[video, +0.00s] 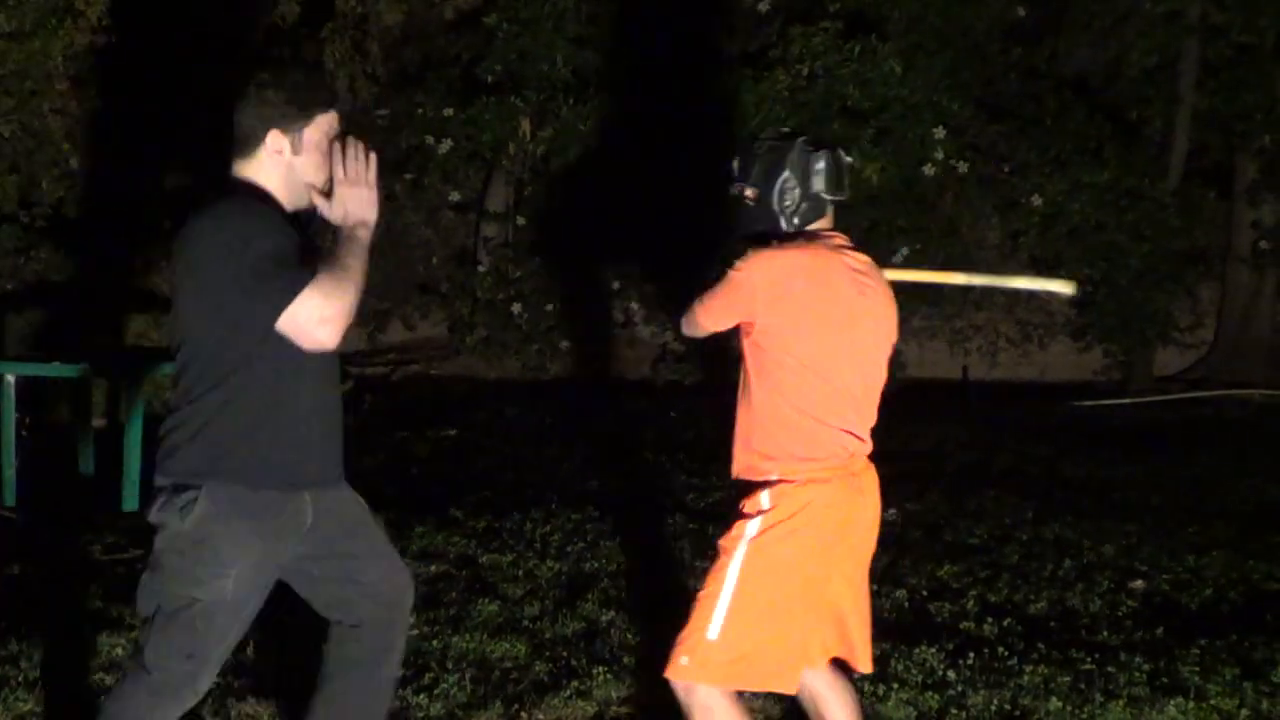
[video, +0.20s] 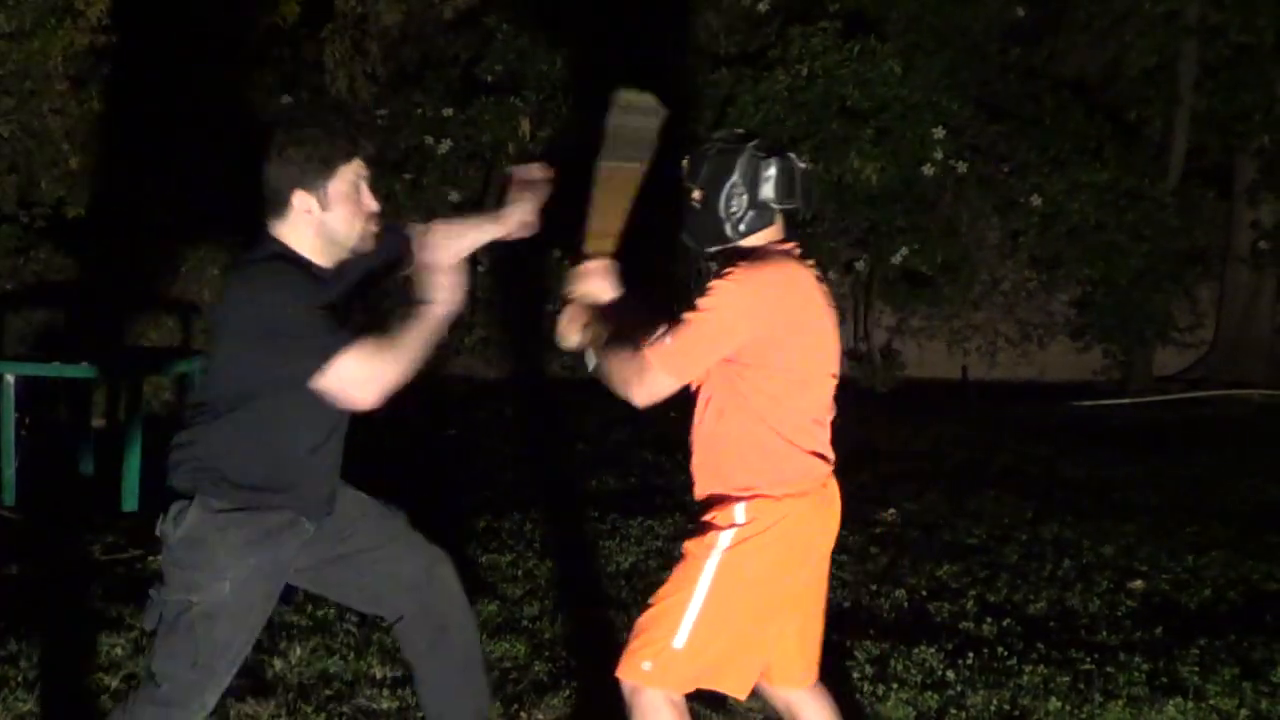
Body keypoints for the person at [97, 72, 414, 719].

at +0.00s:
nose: (336, 159)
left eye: (336, 143)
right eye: (326, 142)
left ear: (282, 146)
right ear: (282, 145)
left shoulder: (284, 232)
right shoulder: (228, 228)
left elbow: (314, 324)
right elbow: (322, 323)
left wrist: (345, 232)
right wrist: (356, 229)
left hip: (314, 494)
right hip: (226, 499)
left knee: (381, 600)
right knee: (168, 681)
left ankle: (344, 716)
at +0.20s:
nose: (374, 202)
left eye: (368, 185)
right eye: (357, 188)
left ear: (314, 204)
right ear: (308, 204)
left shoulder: (337, 264)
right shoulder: (263, 294)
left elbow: (427, 244)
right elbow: (363, 383)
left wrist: (507, 221)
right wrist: (439, 307)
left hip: (313, 509)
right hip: (228, 520)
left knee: (425, 584)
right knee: (176, 698)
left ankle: (465, 714)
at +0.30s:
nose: (430, 223)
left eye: (426, 207)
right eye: (411, 212)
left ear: (367, 227)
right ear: (357, 229)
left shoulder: (375, 281)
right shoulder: (345, 306)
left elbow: (466, 207)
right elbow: (479, 361)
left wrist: (565, 174)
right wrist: (583, 326)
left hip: (351, 514)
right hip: (255, 525)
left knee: (461, 587)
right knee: (182, 686)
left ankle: (503, 713)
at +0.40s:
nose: (498, 209)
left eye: (497, 192)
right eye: (483, 196)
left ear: (434, 207)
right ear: (431, 207)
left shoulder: (430, 267)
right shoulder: (425, 288)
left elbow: (496, 235)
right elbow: (521, 385)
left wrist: (576, 229)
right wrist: (616, 345)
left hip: (425, 515)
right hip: (336, 519)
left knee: (512, 606)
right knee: (245, 659)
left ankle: (511, 715)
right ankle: (139, 715)